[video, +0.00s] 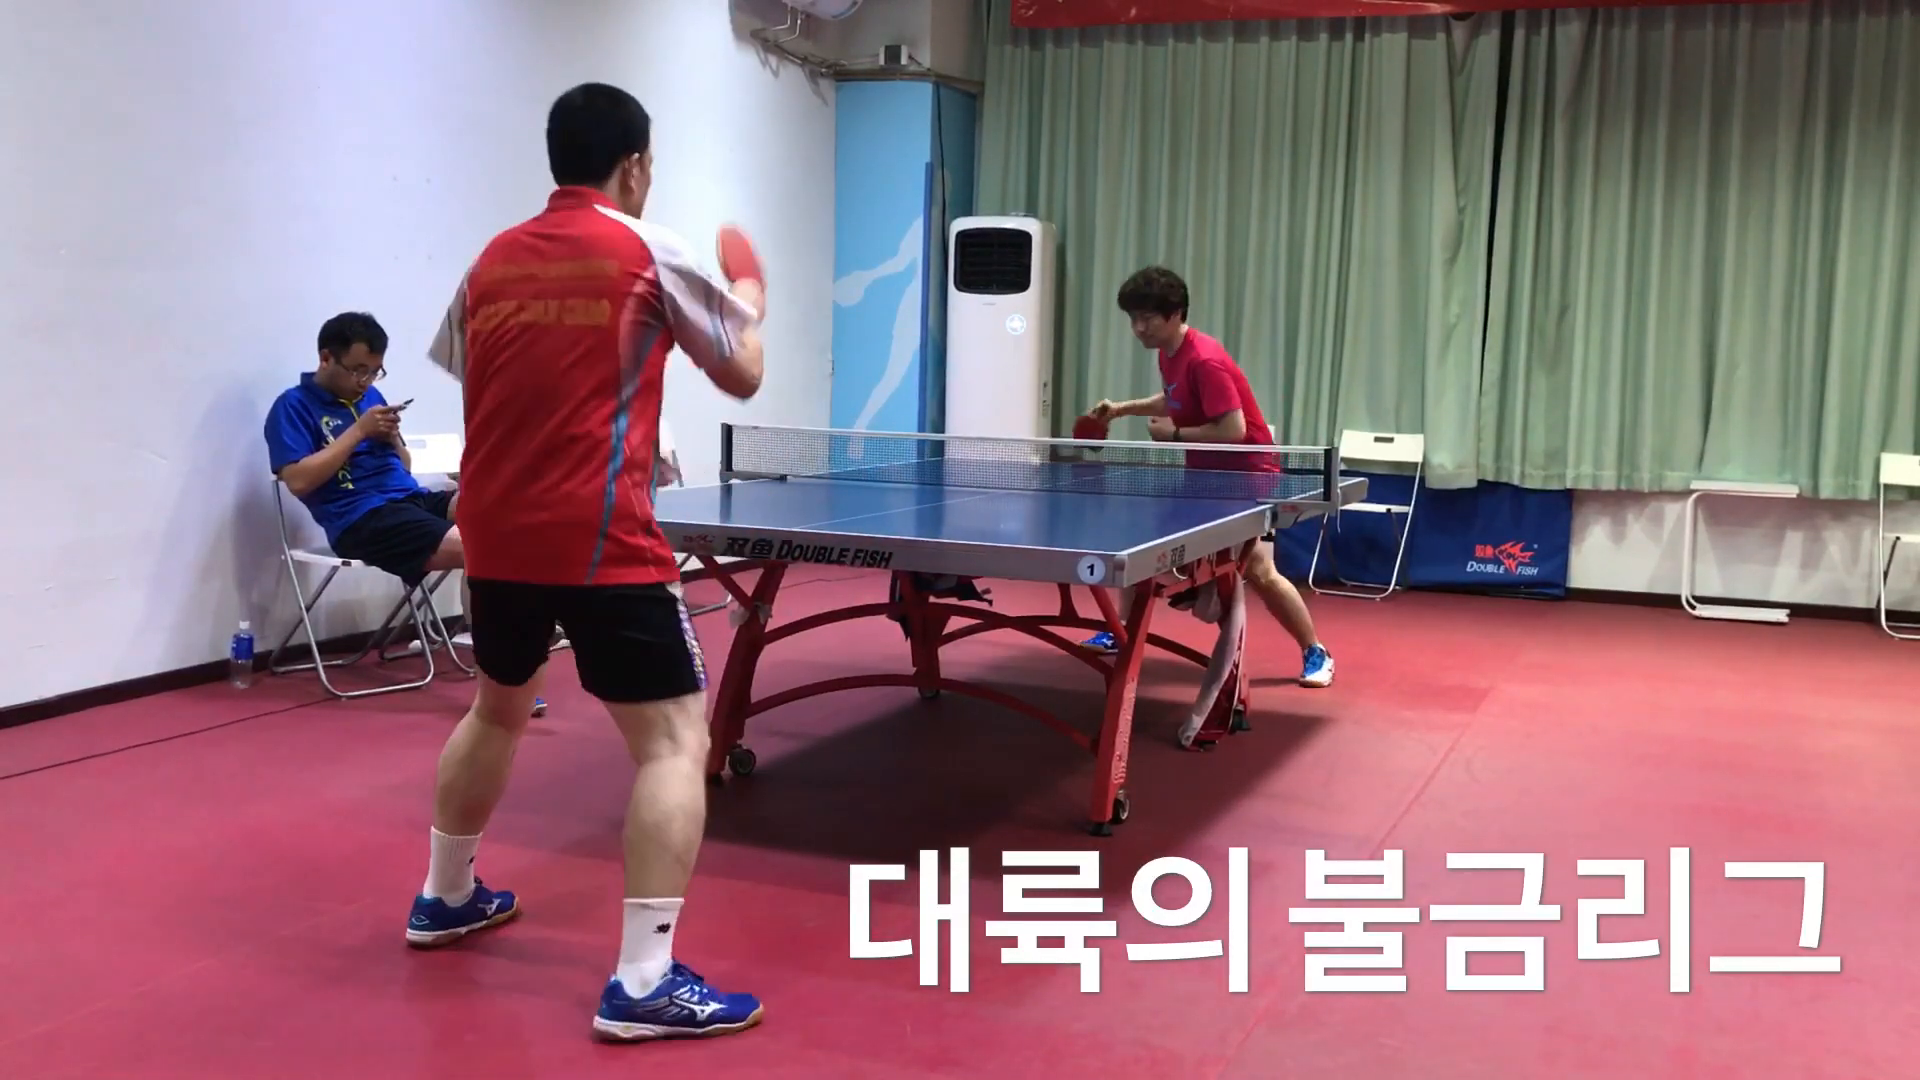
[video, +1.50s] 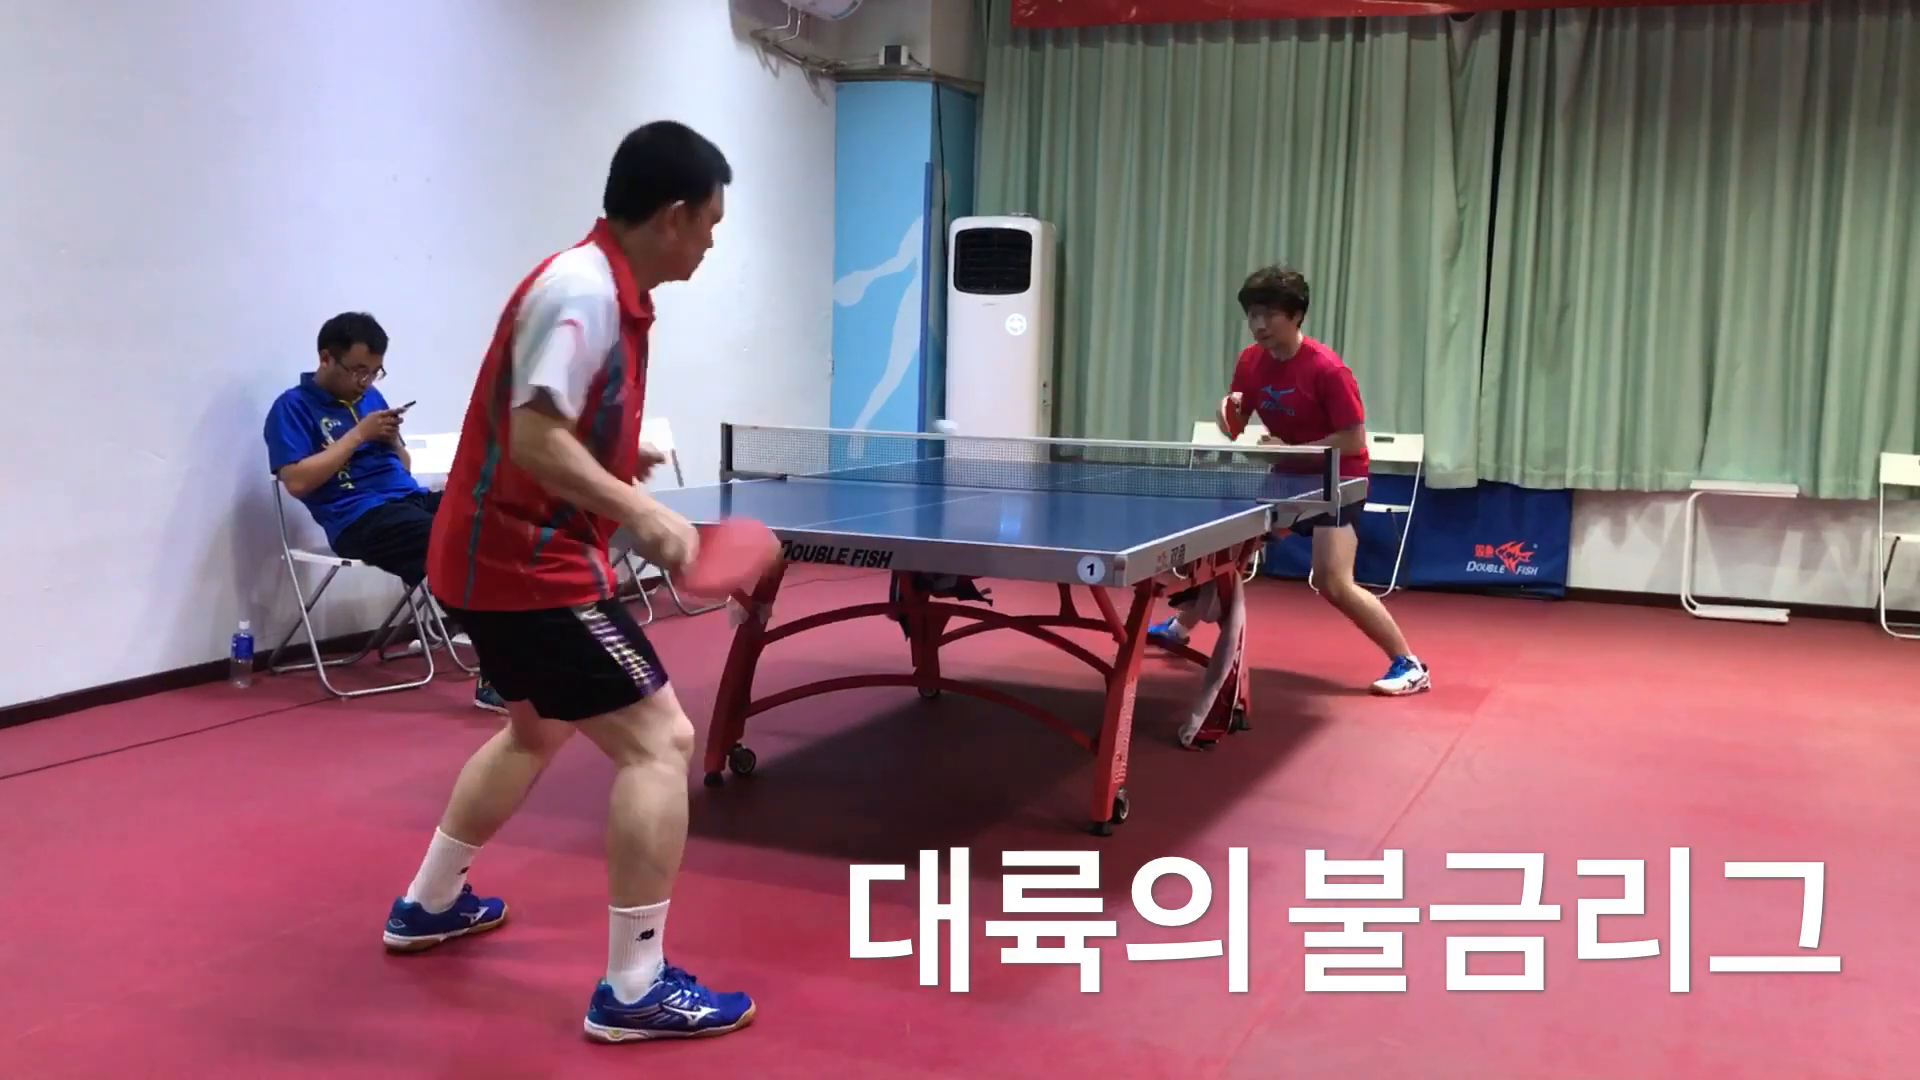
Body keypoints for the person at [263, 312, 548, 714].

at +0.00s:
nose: (365, 381)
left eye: (372, 372)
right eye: (357, 371)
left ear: (378, 367)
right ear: (325, 359)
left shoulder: (368, 396)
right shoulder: (292, 408)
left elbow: (403, 466)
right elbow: (298, 481)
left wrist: (392, 436)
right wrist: (359, 431)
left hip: (411, 502)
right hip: (365, 520)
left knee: (502, 517)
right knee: (483, 548)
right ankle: (505, 683)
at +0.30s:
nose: (364, 381)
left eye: (372, 372)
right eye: (356, 370)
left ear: (378, 367)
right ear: (325, 359)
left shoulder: (369, 396)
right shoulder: (292, 407)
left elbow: (403, 466)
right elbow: (296, 482)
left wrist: (393, 436)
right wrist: (356, 432)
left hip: (412, 501)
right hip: (364, 519)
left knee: (500, 523)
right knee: (475, 551)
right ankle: (489, 675)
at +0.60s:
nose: (365, 382)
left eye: (373, 373)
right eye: (357, 371)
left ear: (379, 367)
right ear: (325, 359)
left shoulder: (370, 397)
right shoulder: (291, 408)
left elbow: (404, 470)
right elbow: (297, 483)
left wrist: (393, 436)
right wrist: (356, 432)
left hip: (411, 501)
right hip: (364, 519)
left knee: (496, 521)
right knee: (472, 550)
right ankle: (493, 672)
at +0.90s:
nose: (365, 381)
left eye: (372, 372)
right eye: (357, 371)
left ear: (378, 367)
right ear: (325, 360)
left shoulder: (369, 397)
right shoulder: (292, 408)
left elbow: (403, 467)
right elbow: (297, 482)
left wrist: (391, 436)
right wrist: (357, 432)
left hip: (409, 501)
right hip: (362, 518)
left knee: (495, 537)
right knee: (474, 552)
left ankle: (510, 677)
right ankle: (505, 682)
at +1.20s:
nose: (367, 383)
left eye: (374, 372)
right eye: (359, 371)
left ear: (380, 367)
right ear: (326, 361)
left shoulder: (370, 397)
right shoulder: (291, 408)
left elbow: (405, 467)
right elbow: (298, 483)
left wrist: (393, 439)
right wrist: (359, 435)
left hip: (411, 500)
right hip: (362, 520)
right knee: (467, 550)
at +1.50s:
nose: (366, 382)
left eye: (373, 372)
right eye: (358, 371)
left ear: (379, 368)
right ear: (325, 358)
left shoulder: (370, 397)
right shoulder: (291, 408)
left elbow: (404, 469)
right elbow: (297, 482)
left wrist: (392, 436)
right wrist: (359, 434)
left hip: (411, 502)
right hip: (363, 519)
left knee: (501, 527)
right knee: (466, 555)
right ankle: (494, 675)